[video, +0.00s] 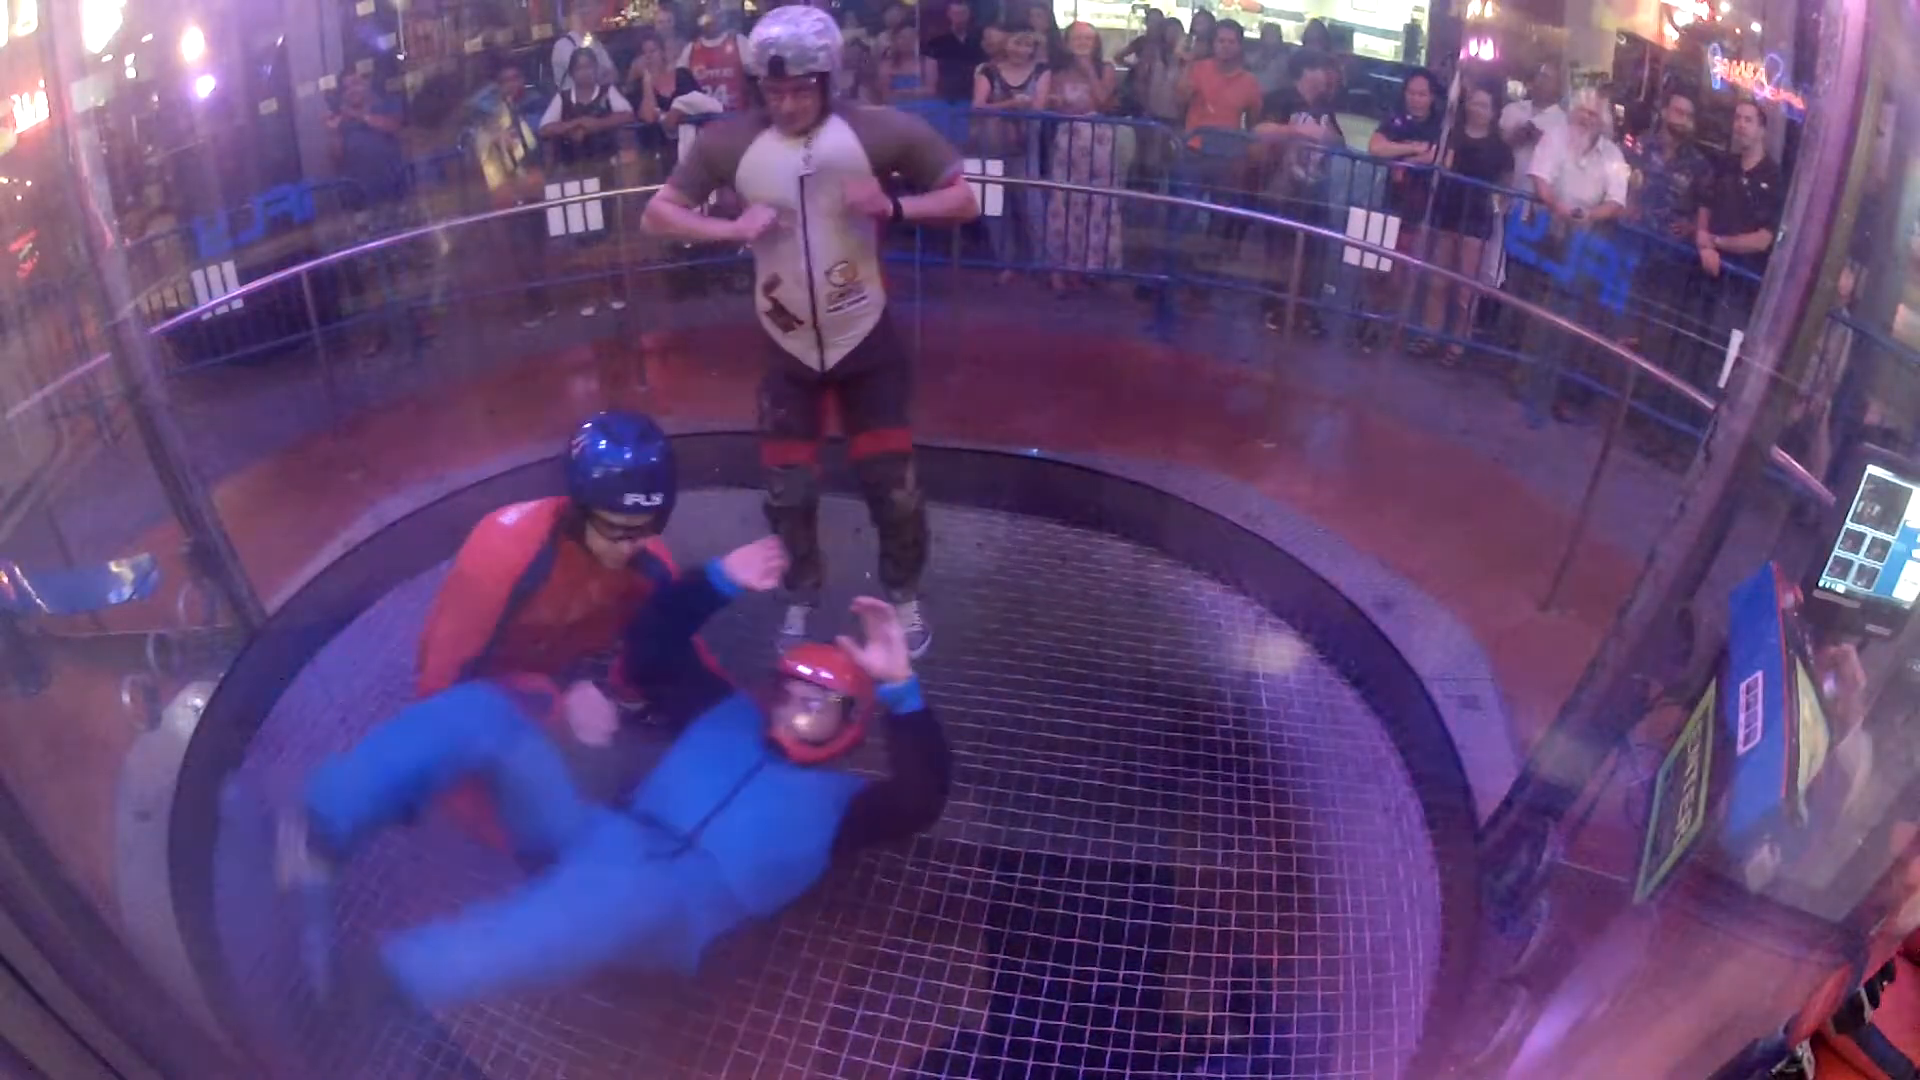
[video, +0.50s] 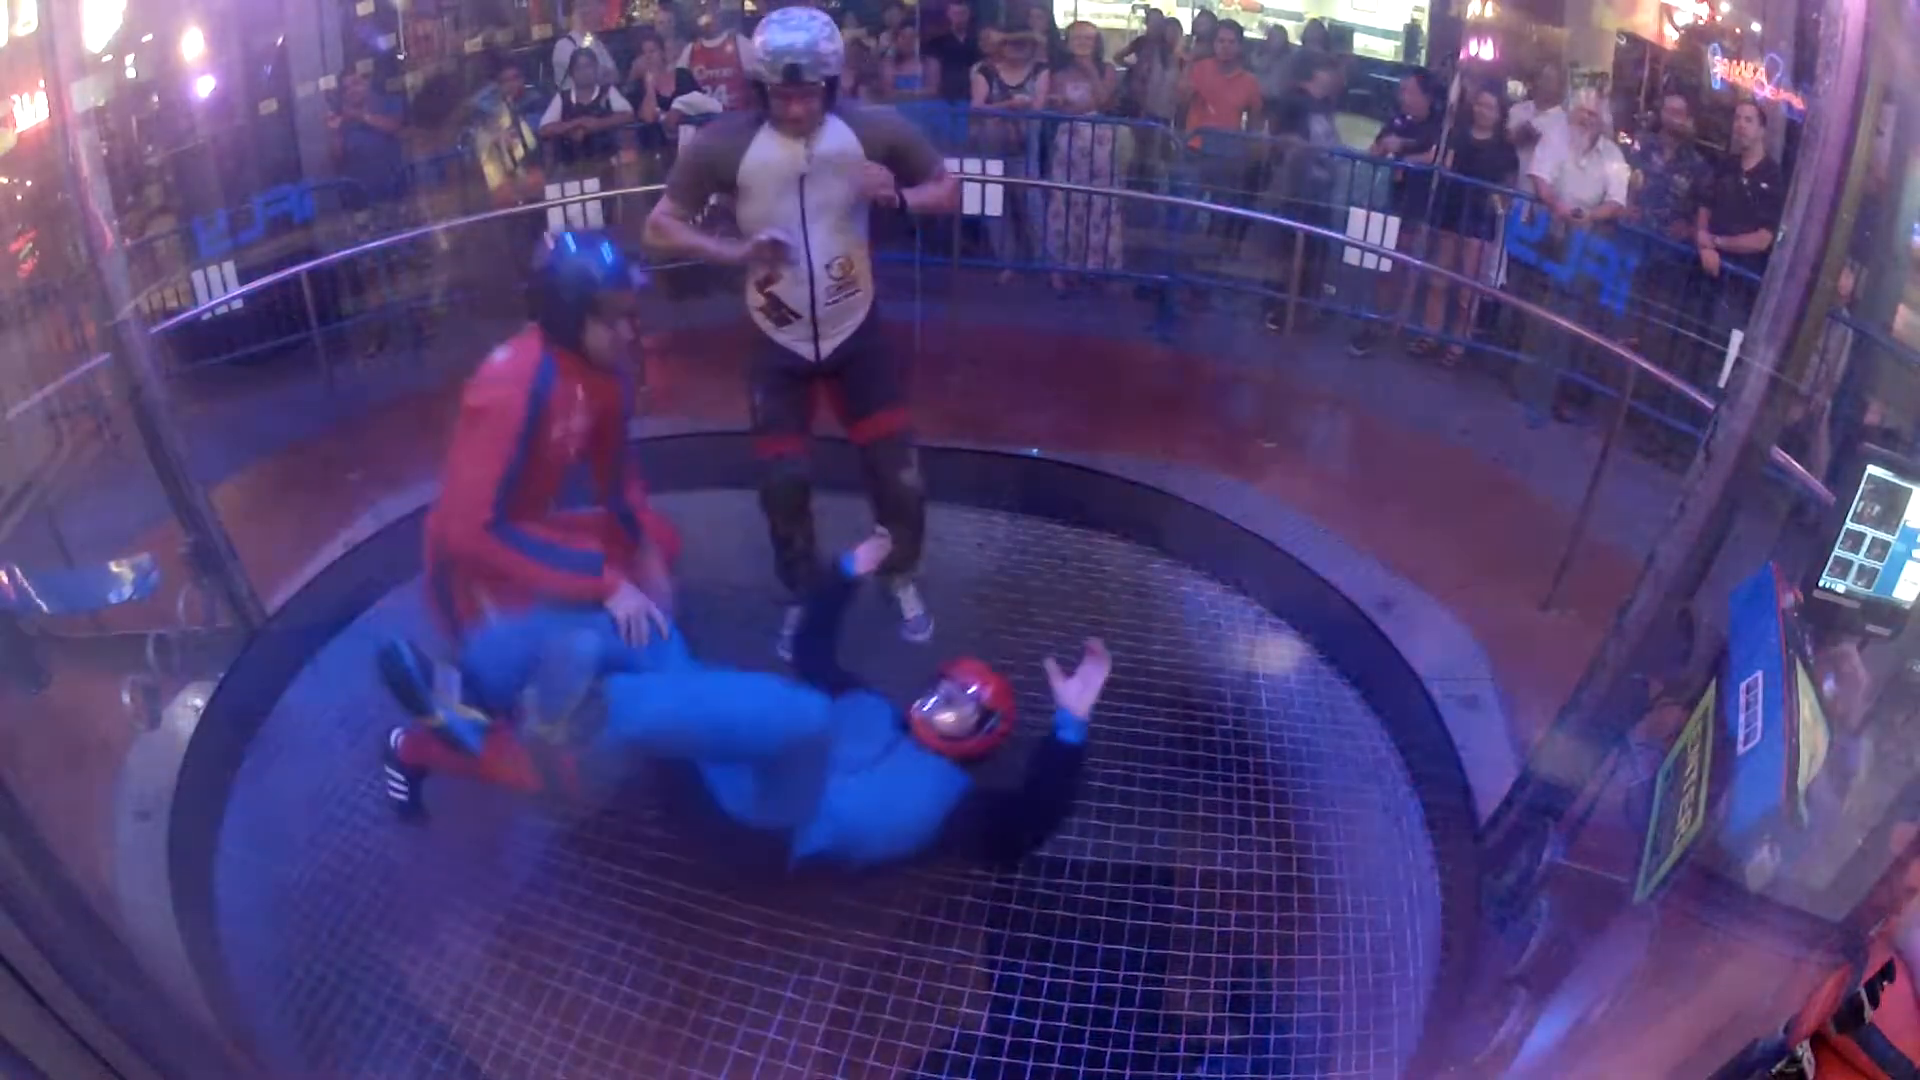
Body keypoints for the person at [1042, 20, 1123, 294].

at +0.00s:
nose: (1082, 44)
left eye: (1088, 39)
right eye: (1076, 39)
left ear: (1096, 43)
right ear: (1067, 43)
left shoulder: (1105, 70)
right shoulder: (1059, 73)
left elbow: (1103, 101)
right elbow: (1047, 104)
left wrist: (1089, 70)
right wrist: (1059, 103)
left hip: (1097, 139)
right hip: (1068, 138)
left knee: (1095, 201)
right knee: (1065, 200)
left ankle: (1089, 266)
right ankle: (1061, 266)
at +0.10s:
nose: (1082, 44)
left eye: (1087, 39)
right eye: (1076, 39)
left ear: (1096, 43)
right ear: (1067, 43)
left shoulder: (1105, 70)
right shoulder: (1060, 73)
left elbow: (1102, 101)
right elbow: (1046, 103)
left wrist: (1089, 70)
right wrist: (1060, 103)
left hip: (1098, 139)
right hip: (1068, 138)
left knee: (1096, 201)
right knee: (1066, 200)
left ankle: (1093, 265)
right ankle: (1063, 265)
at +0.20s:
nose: (1081, 44)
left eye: (1087, 39)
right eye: (1076, 39)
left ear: (1096, 43)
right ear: (1067, 43)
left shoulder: (1105, 70)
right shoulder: (1060, 73)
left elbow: (1102, 101)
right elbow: (1046, 103)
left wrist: (1089, 70)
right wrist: (1060, 103)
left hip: (1098, 139)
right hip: (1068, 138)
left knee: (1096, 201)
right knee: (1066, 201)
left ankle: (1093, 266)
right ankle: (1063, 266)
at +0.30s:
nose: (1082, 44)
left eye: (1088, 39)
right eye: (1077, 39)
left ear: (1096, 43)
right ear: (1068, 42)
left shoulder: (1105, 70)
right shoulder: (1060, 73)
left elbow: (1102, 101)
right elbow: (1050, 104)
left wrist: (1090, 71)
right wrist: (1065, 104)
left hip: (1099, 139)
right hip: (1069, 137)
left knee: (1098, 201)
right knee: (1067, 200)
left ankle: (1095, 266)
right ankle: (1064, 266)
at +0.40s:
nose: (1081, 44)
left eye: (1087, 39)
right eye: (1076, 39)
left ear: (1096, 43)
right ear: (1068, 42)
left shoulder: (1105, 70)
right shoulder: (1060, 73)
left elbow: (1102, 101)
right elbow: (1050, 103)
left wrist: (1090, 70)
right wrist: (1067, 105)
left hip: (1099, 139)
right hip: (1069, 137)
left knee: (1098, 201)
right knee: (1067, 200)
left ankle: (1096, 266)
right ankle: (1064, 266)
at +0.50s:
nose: (1082, 44)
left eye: (1088, 39)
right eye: (1077, 39)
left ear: (1096, 42)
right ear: (1068, 42)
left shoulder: (1107, 71)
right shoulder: (1061, 74)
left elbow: (1103, 101)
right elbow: (1051, 104)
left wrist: (1091, 71)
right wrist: (1065, 104)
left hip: (1100, 140)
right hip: (1069, 138)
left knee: (1098, 201)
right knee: (1067, 200)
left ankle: (1097, 266)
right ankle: (1064, 266)